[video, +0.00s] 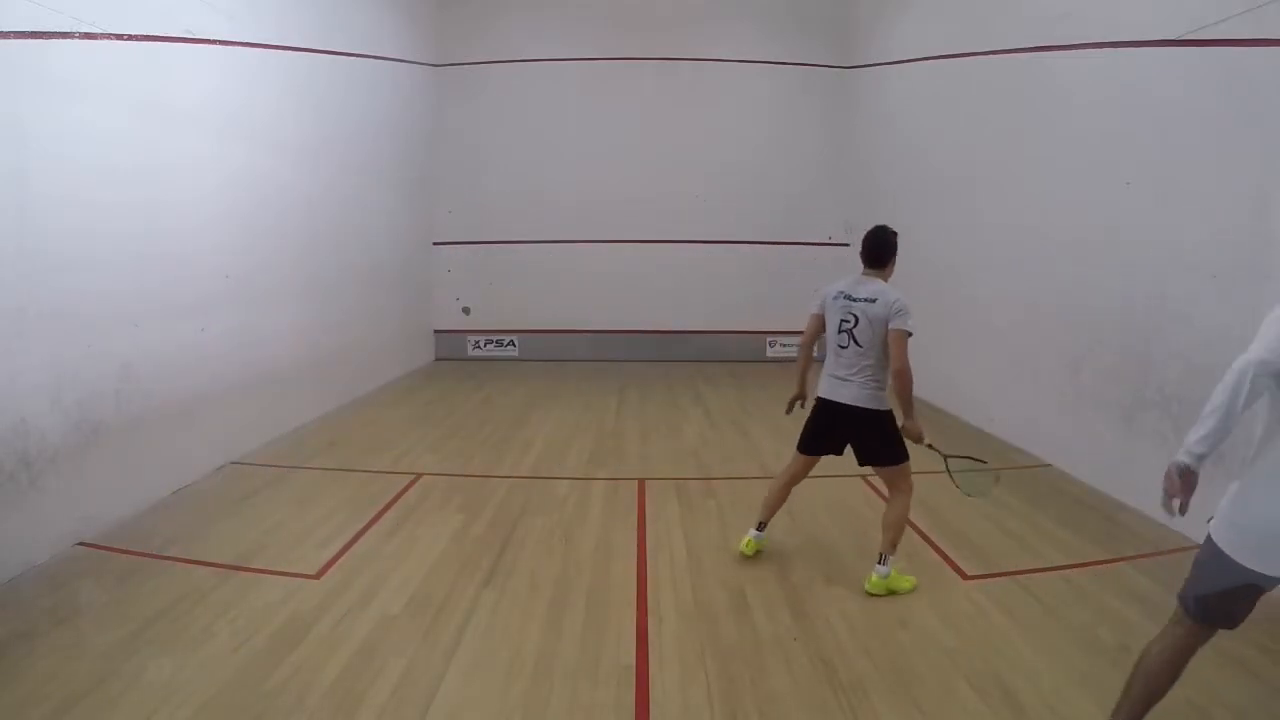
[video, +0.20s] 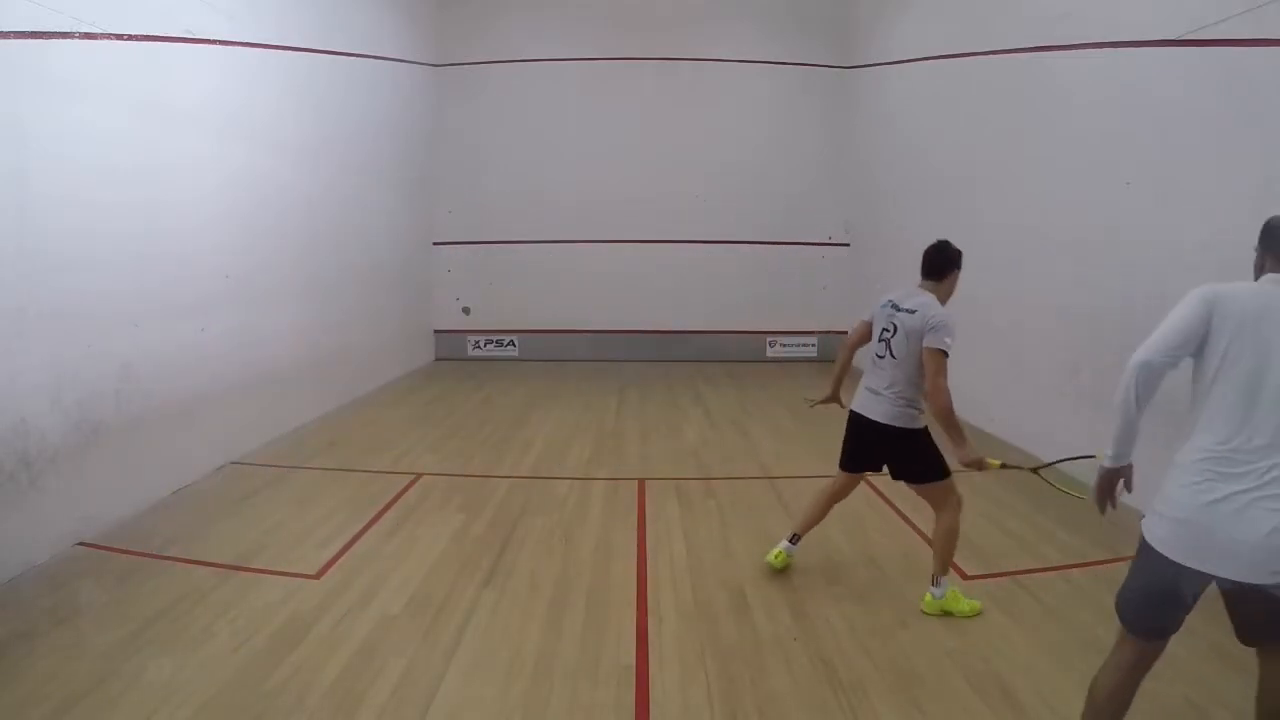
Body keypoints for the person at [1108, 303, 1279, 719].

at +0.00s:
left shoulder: (1279, 318)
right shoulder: (1278, 320)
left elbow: (1258, 364)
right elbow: (1257, 366)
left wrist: (1191, 454)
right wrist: (1192, 454)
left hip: (1265, 511)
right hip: (1265, 511)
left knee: (1188, 627)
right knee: (1189, 626)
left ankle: (1122, 714)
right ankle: (1123, 713)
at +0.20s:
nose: (1257, 266)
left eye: (1257, 257)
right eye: (1261, 258)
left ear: (1262, 257)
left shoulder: (1218, 301)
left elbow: (1145, 362)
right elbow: (1145, 365)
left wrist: (1118, 456)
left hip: (1188, 520)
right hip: (1268, 539)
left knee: (1131, 654)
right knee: (1273, 661)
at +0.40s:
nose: (1233, 231)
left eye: (1233, 223)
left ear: (1239, 222)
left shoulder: (1185, 266)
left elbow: (1094, 313)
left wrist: (1053, 416)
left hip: (1148, 513)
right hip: (1236, 538)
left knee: (1113, 652)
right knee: (1195, 665)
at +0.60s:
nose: (1220, 249)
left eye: (1221, 241)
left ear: (1223, 247)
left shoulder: (1163, 298)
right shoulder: (1275, 331)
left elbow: (1082, 367)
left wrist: (1019, 467)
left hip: (1099, 539)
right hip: (1179, 570)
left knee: (1104, 637)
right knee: (1129, 706)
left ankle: (1070, 713)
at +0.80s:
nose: (1198, 223)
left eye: (1200, 216)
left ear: (1200, 222)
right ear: (1261, 238)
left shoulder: (1139, 277)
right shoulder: (1269, 314)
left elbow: (1057, 349)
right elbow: (1263, 456)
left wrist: (1030, 442)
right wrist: (1238, 558)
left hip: (1088, 507)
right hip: (1169, 539)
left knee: (1083, 612)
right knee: (1126, 684)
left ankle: (1028, 712)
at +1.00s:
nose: (1175, 235)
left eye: (1176, 226)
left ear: (1177, 235)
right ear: (1234, 250)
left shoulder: (1120, 290)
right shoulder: (1251, 340)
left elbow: (1042, 359)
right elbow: (1230, 459)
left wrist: (1033, 420)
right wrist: (1203, 531)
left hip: (1078, 506)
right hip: (1158, 535)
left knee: (1071, 600)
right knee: (1129, 675)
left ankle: (1022, 710)